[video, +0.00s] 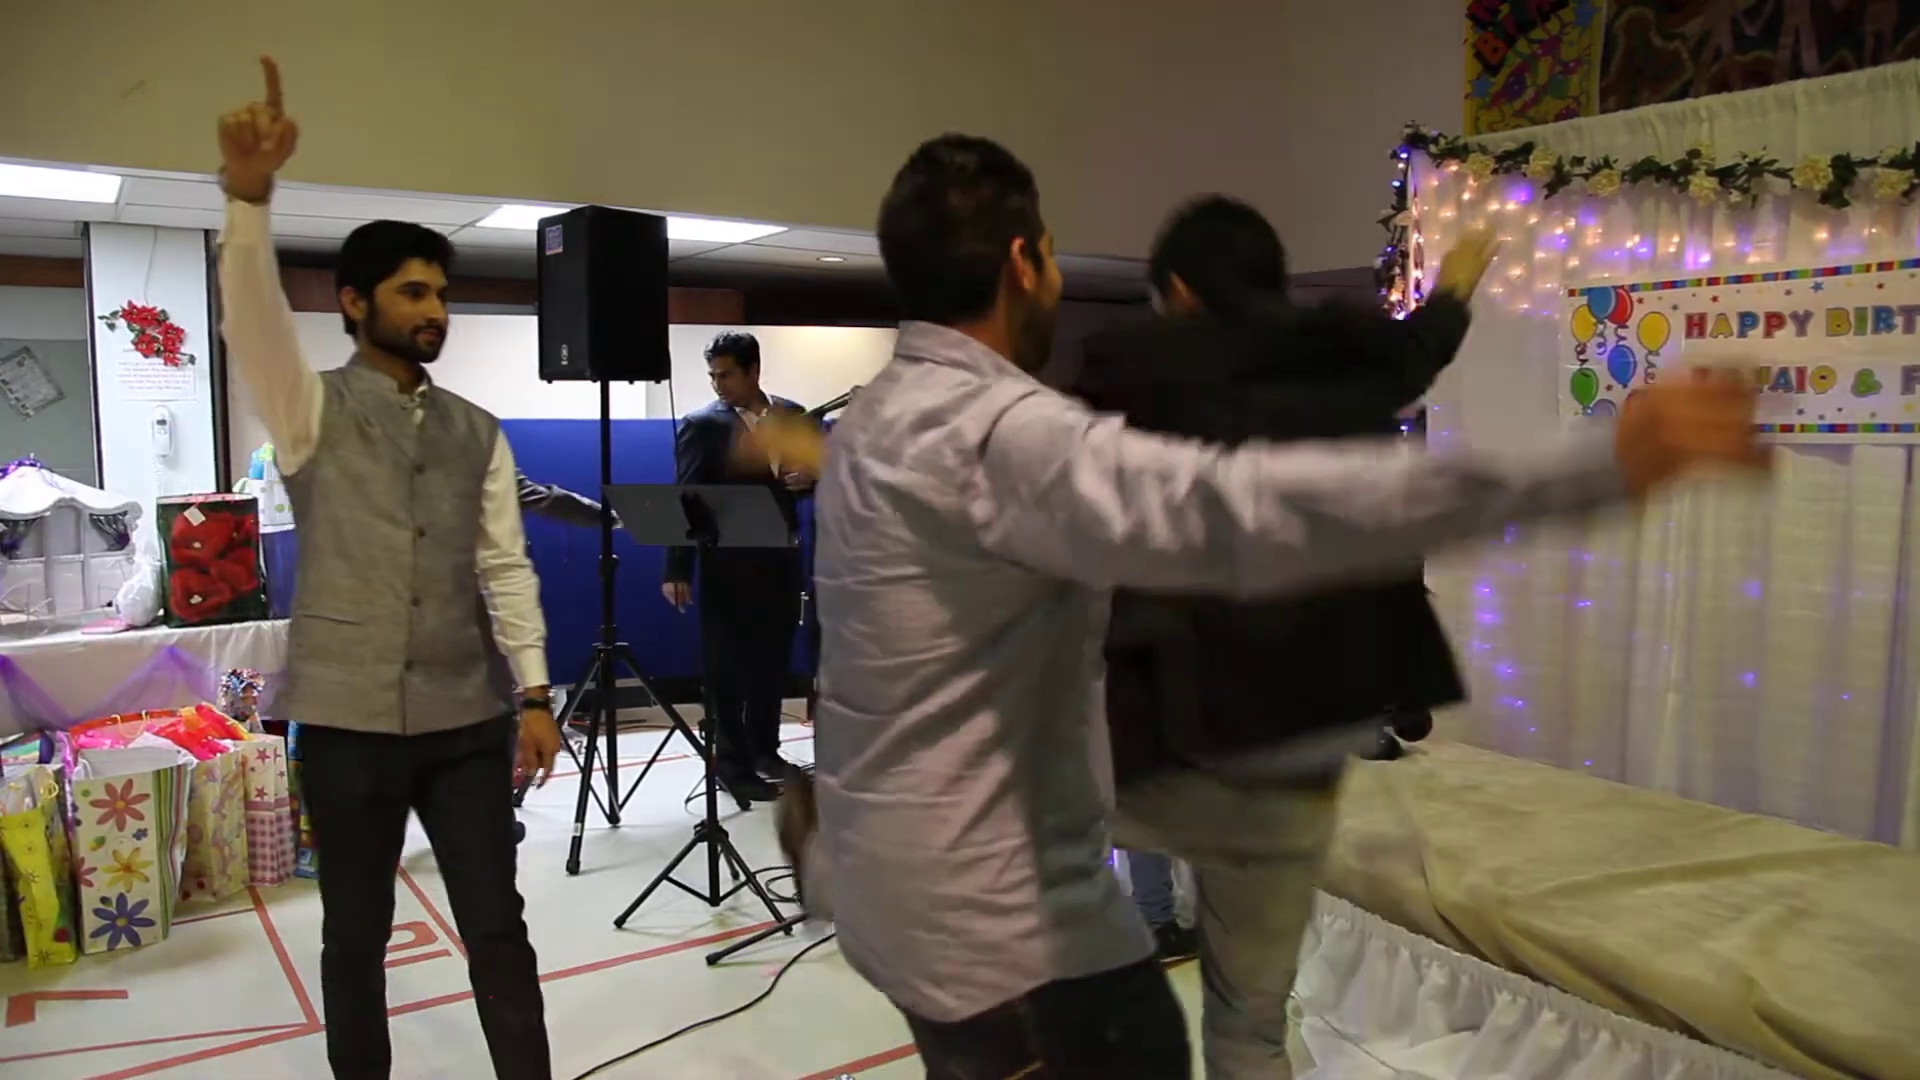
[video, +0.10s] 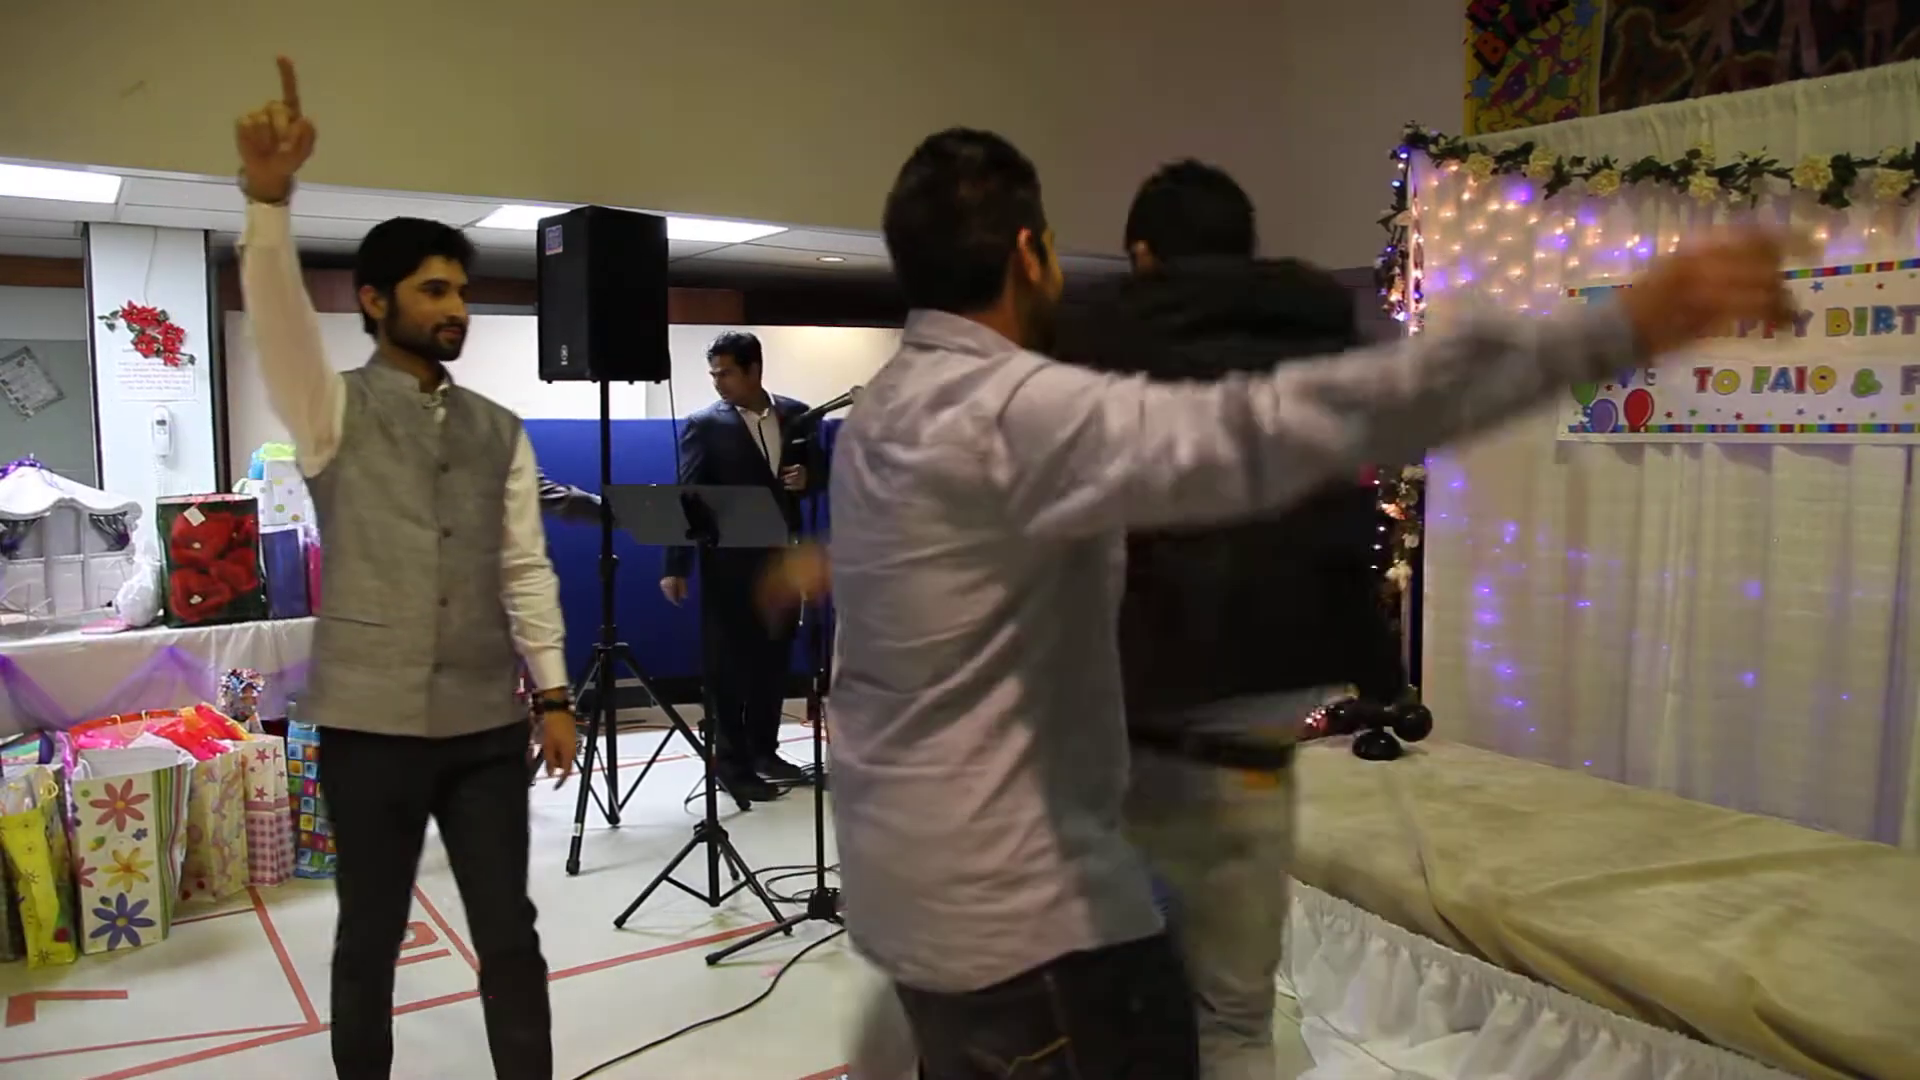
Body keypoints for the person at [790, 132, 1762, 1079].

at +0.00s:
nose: (1064, 280)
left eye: (1064, 256)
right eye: (1054, 254)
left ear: (909, 282)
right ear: (1017, 265)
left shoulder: (889, 412)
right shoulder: (978, 424)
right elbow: (1227, 513)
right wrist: (1607, 468)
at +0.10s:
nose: (1060, 266)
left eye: (1055, 245)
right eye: (1054, 243)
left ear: (909, 273)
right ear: (1024, 260)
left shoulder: (886, 406)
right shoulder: (1005, 410)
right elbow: (1267, 432)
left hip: (918, 890)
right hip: (1019, 909)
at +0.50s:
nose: (1166, 284)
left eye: (1166, 260)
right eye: (1147, 259)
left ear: (998, 279)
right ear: (1088, 267)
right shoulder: (1115, 400)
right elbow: (1374, 348)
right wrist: (1616, 152)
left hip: (1003, 910)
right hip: (1138, 910)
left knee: (1035, 1068)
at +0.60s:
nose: (1182, 291)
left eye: (1176, 265)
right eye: (1170, 265)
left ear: (1032, 280)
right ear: (1125, 265)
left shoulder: (956, 440)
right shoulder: (1152, 394)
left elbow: (899, 553)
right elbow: (1403, 334)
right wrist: (1625, 138)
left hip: (1016, 896)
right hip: (1164, 904)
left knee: (1044, 1066)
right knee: (1239, 1059)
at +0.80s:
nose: (1264, 305)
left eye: (1259, 280)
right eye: (1257, 279)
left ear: (1125, 276)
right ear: (1217, 277)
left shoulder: (1018, 435)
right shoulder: (1260, 381)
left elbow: (909, 568)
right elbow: (1493, 300)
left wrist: (1038, 528)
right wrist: (1682, 87)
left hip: (1077, 882)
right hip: (1247, 880)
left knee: (1079, 1078)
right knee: (1314, 1075)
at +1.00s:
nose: (1366, 306)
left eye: (1359, 286)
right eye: (1363, 286)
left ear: (1227, 299)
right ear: (1345, 298)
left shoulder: (1128, 458)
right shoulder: (1418, 415)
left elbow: (1003, 586)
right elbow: (1645, 334)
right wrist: (1737, 120)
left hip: (1202, 914)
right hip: (1395, 913)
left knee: (1163, 1072)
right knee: (1406, 1073)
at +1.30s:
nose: (1254, 359)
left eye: (1254, 335)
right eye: (1429, 302)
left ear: (1288, 323)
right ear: (1367, 302)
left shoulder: (1224, 441)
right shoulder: (1519, 388)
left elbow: (1046, 514)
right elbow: (1708, 321)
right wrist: (1801, 149)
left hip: (1304, 905)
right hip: (1494, 897)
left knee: (1289, 1066)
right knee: (1458, 1072)